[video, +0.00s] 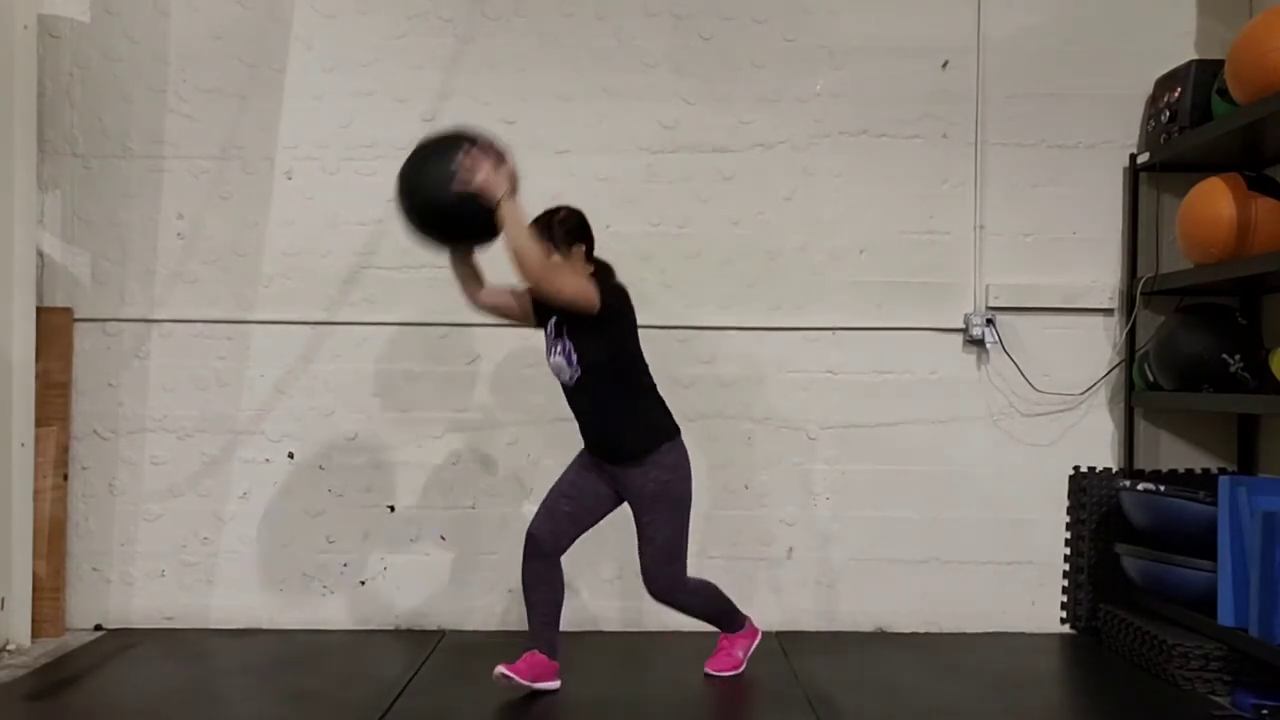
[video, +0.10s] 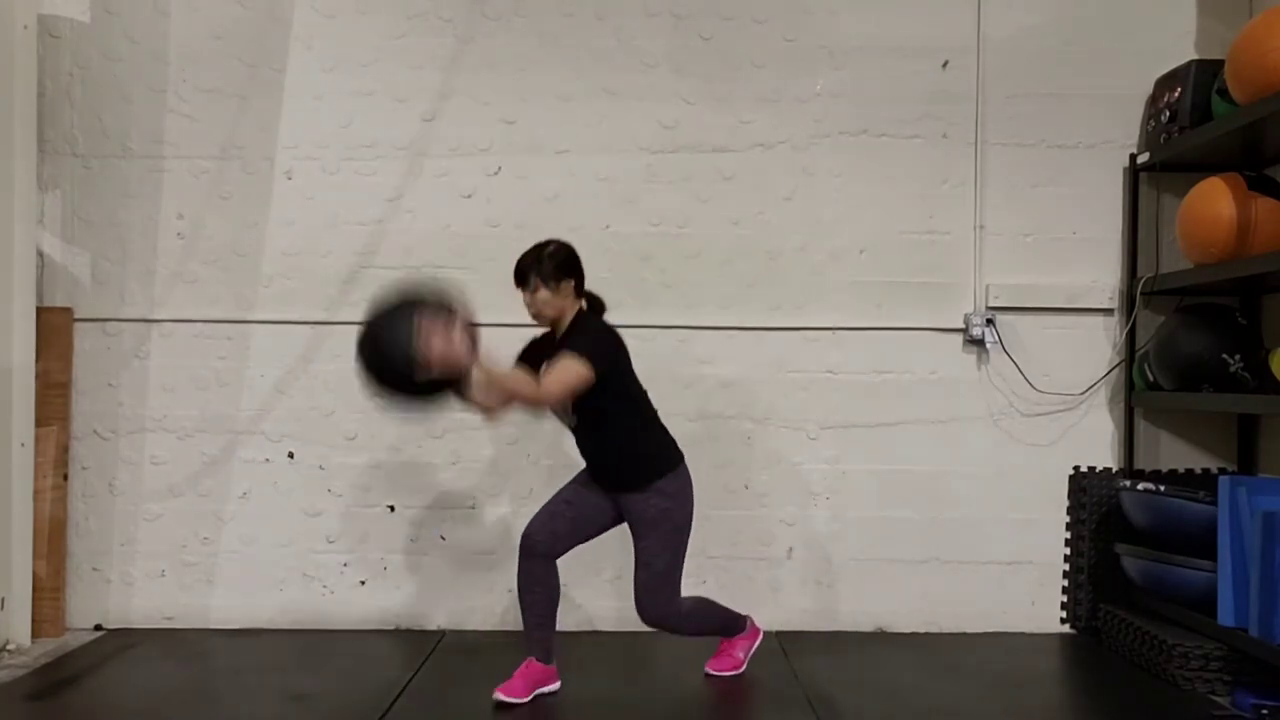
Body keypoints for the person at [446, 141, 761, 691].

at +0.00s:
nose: (540, 264)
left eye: (547, 255)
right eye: (538, 256)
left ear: (579, 252)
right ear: (550, 255)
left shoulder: (605, 296)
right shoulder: (551, 303)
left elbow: (539, 275)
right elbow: (480, 296)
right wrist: (457, 234)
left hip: (655, 460)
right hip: (601, 461)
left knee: (664, 583)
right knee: (541, 541)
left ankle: (740, 628)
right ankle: (543, 656)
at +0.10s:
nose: (527, 299)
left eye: (535, 288)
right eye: (524, 290)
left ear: (568, 287)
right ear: (528, 294)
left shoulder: (595, 340)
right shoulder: (540, 350)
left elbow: (546, 393)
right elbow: (494, 403)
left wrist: (478, 366)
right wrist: (456, 370)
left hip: (658, 486)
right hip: (604, 483)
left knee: (658, 608)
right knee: (537, 543)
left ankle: (742, 629)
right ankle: (542, 664)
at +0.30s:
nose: (493, 330)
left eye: (501, 320)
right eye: (492, 320)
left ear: (535, 321)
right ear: (525, 323)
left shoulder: (577, 381)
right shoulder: (523, 388)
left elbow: (596, 476)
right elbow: (537, 465)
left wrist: (583, 559)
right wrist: (528, 540)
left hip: (644, 502)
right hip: (591, 494)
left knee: (646, 627)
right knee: (525, 547)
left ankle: (738, 627)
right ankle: (542, 666)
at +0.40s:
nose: (483, 327)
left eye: (490, 316)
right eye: (481, 317)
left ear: (525, 316)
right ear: (515, 318)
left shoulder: (565, 375)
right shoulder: (512, 386)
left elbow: (579, 473)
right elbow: (519, 462)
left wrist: (542, 551)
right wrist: (502, 530)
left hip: (643, 495)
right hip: (591, 491)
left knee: (645, 615)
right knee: (524, 546)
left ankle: (738, 627)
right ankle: (541, 665)